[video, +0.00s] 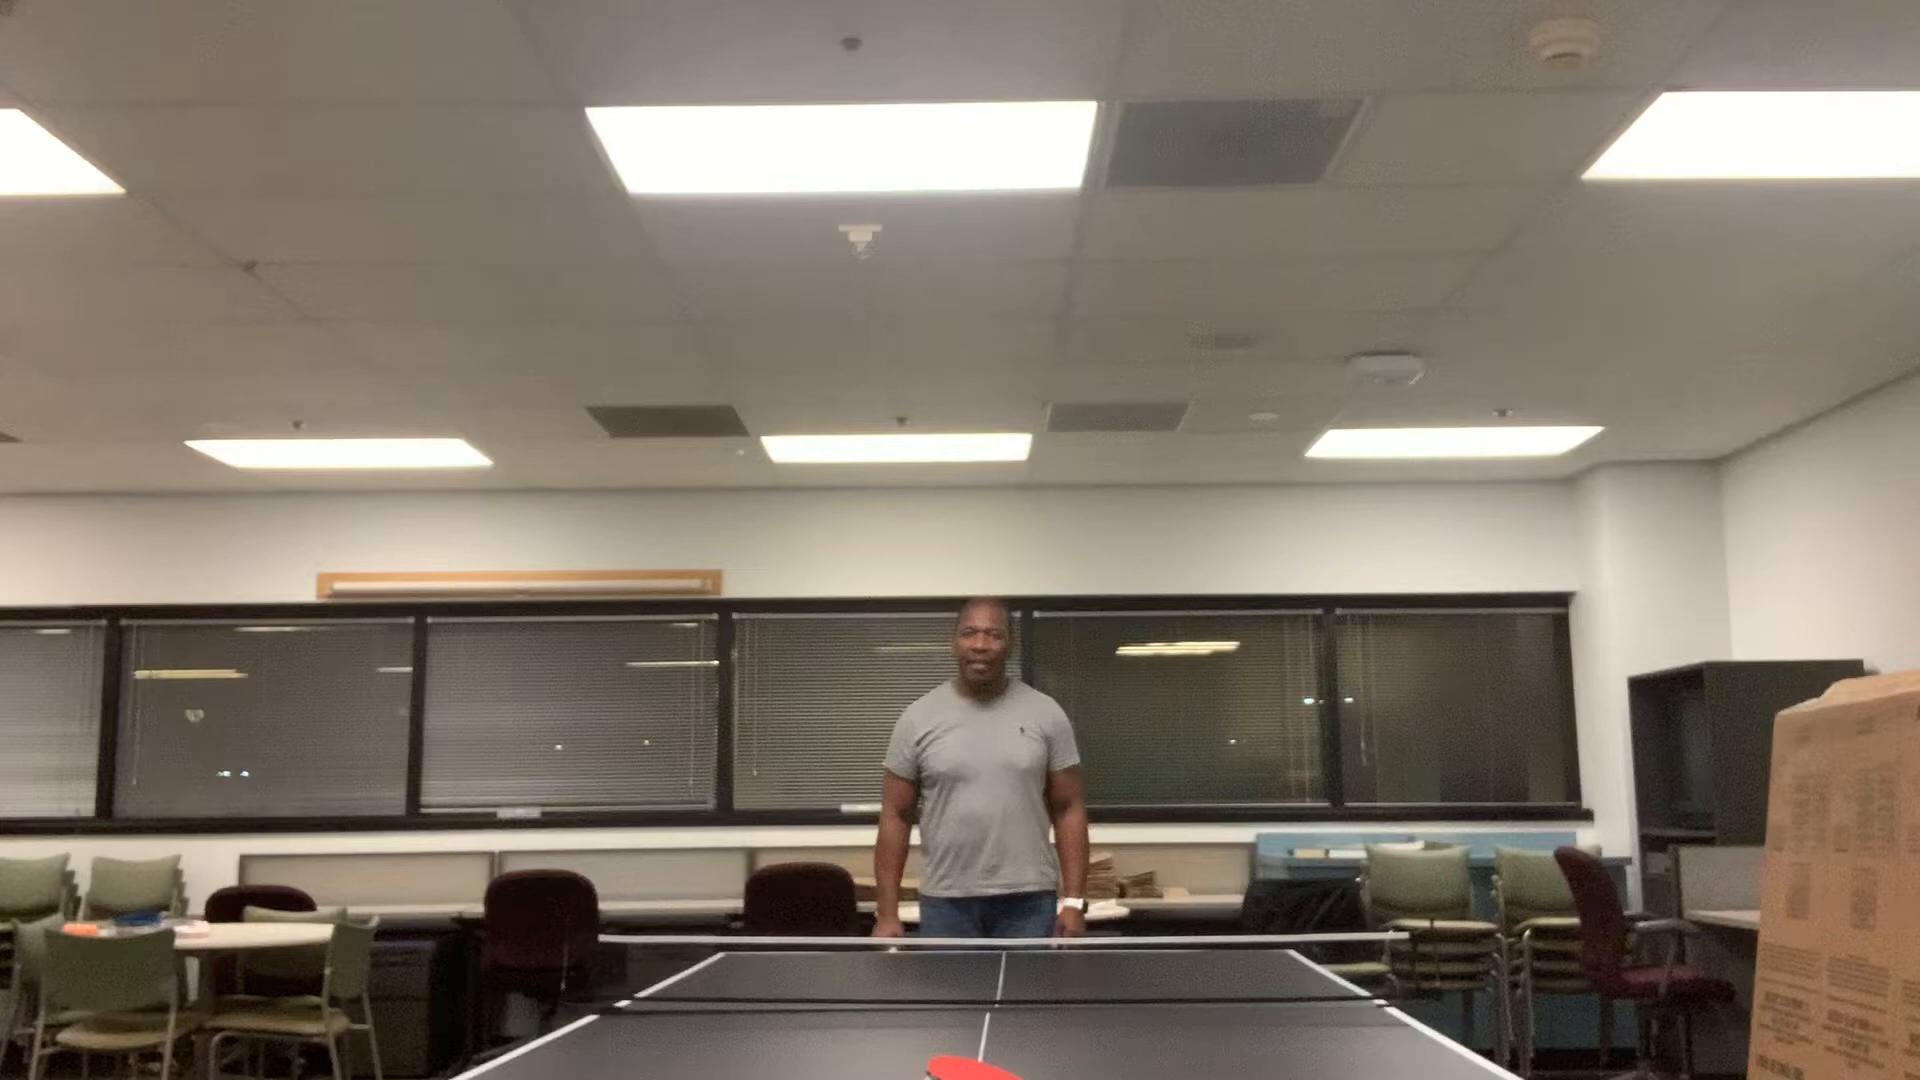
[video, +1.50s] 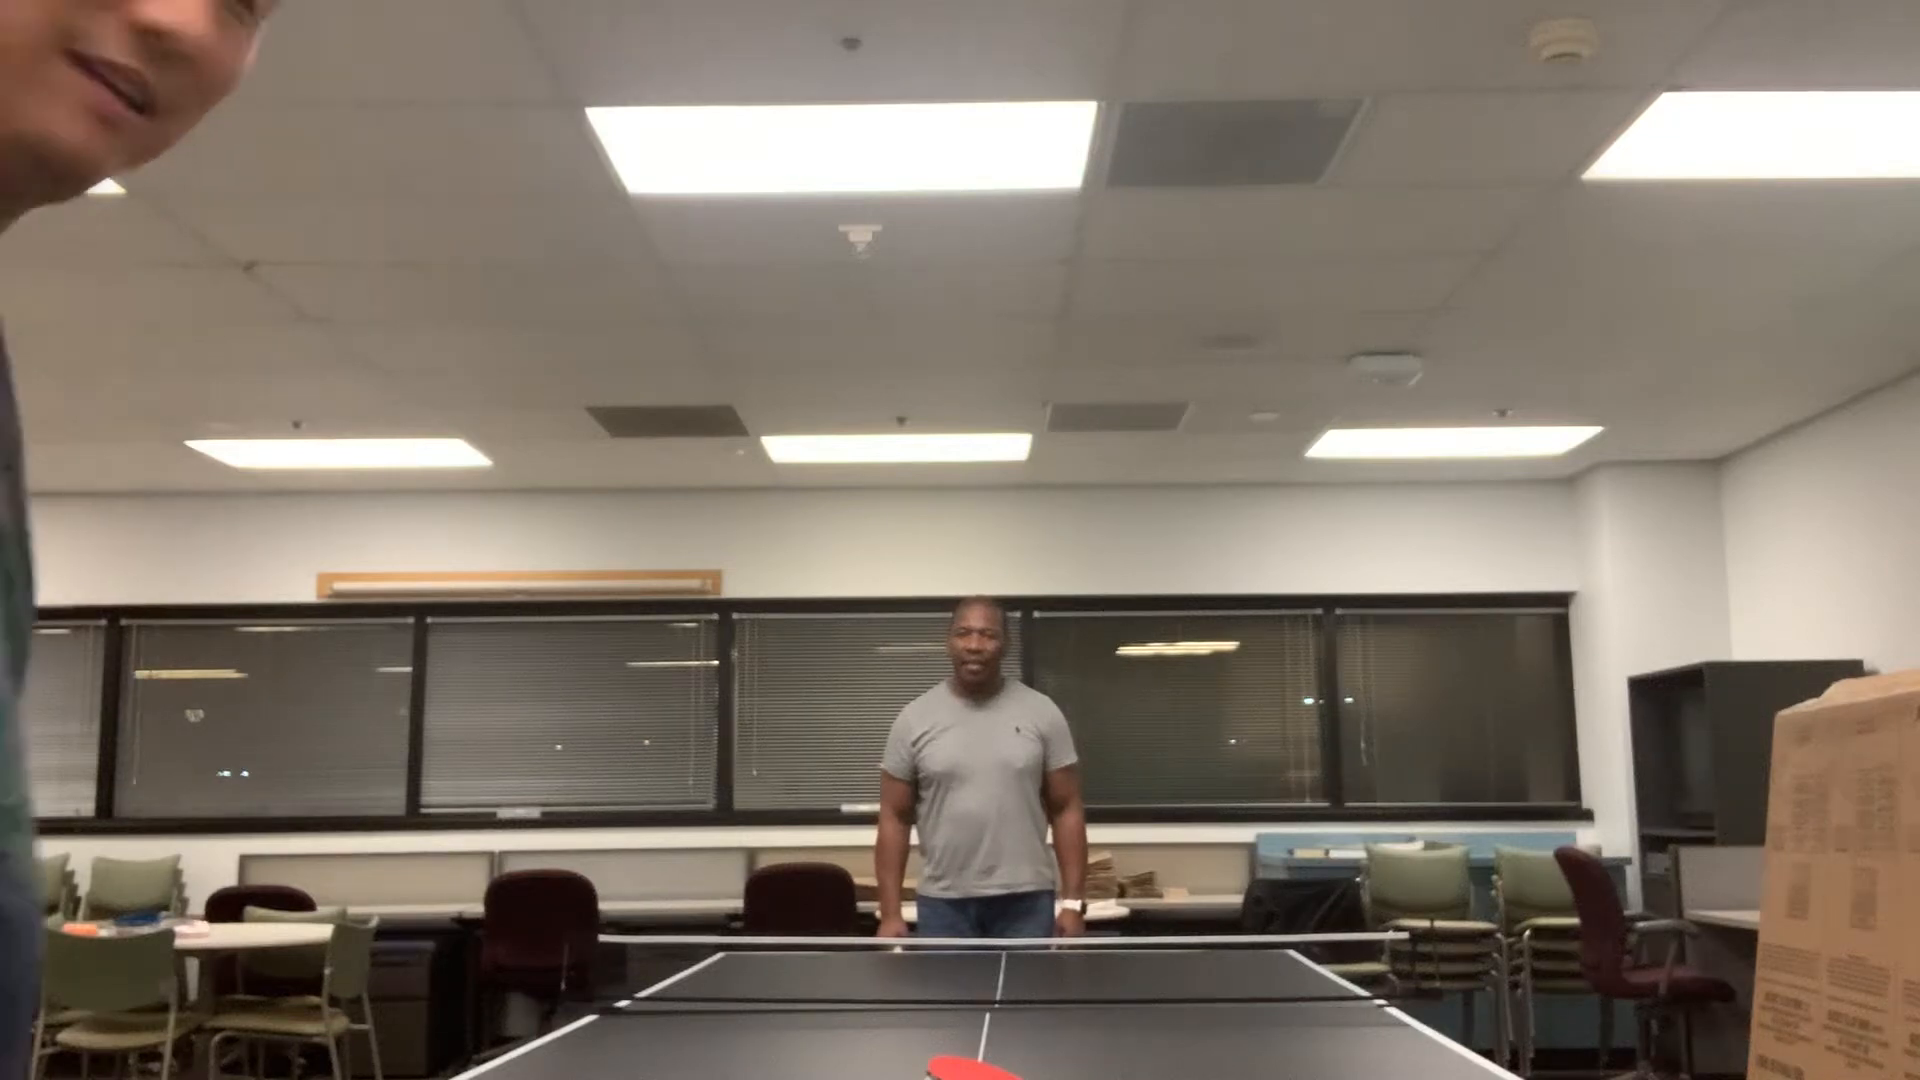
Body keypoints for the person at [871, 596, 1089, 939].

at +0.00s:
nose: (980, 644)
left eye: (993, 634)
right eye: (969, 633)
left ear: (1009, 644)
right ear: (954, 642)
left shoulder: (1045, 714)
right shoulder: (918, 718)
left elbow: (1068, 808)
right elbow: (896, 815)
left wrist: (1073, 902)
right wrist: (887, 914)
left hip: (1029, 901)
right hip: (946, 903)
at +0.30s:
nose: (974, 644)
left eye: (988, 634)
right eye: (964, 632)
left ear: (1004, 644)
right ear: (948, 641)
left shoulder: (1040, 713)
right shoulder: (913, 719)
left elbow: (1065, 808)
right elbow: (892, 815)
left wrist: (1073, 903)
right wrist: (884, 913)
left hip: (1025, 901)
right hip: (942, 903)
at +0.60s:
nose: (975, 644)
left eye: (988, 634)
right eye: (964, 632)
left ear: (1004, 644)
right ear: (948, 641)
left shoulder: (1040, 712)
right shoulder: (913, 718)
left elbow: (1065, 807)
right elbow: (892, 815)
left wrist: (1072, 901)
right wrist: (889, 912)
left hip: (1025, 900)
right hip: (942, 902)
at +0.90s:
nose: (975, 644)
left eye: (988, 634)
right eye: (964, 632)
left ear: (1004, 644)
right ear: (948, 641)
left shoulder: (1041, 713)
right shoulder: (914, 719)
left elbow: (1066, 807)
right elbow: (893, 816)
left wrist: (1073, 901)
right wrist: (889, 913)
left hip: (1025, 901)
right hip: (943, 903)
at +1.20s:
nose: (975, 645)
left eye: (988, 635)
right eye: (964, 633)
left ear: (1004, 644)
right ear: (948, 641)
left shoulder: (1041, 713)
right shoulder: (914, 720)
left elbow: (1066, 807)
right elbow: (894, 816)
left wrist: (1074, 902)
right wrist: (889, 913)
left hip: (1026, 902)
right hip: (943, 903)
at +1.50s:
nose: (974, 645)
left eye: (988, 635)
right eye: (964, 633)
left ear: (1004, 644)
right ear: (948, 642)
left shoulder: (1041, 713)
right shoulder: (914, 720)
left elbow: (1066, 807)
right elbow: (894, 817)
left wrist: (1072, 903)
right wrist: (890, 914)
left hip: (1026, 902)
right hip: (944, 904)